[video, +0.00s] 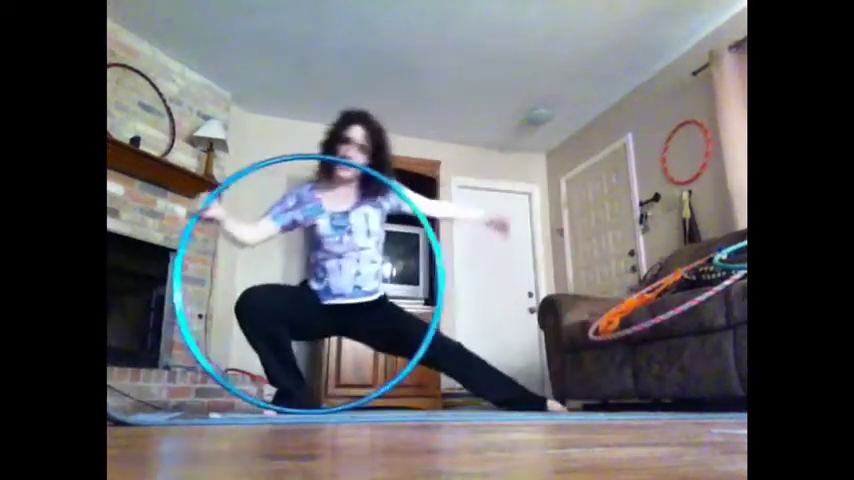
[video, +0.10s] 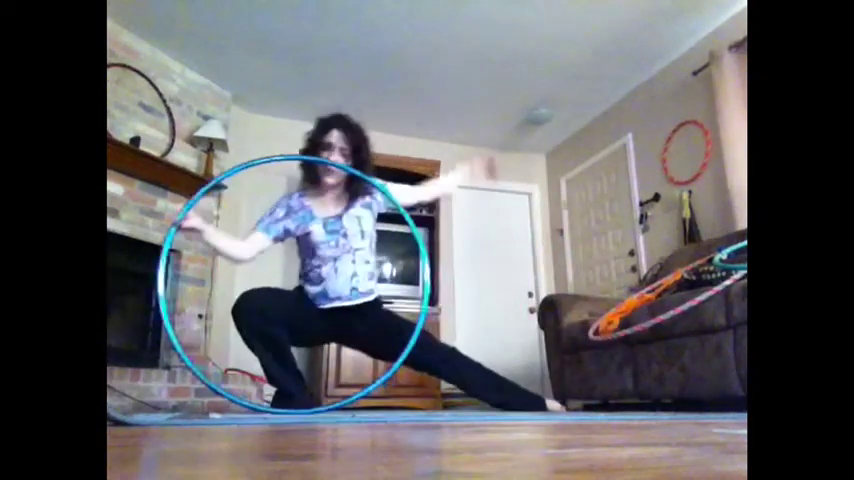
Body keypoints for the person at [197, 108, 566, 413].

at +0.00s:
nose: (351, 152)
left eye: (361, 147)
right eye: (345, 142)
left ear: (372, 157)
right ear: (330, 146)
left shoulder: (381, 196)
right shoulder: (306, 198)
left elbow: (437, 209)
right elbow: (249, 235)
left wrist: (487, 218)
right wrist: (219, 215)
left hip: (371, 309)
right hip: (318, 306)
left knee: (443, 349)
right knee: (253, 304)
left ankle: (538, 407)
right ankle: (296, 400)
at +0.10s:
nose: (332, 159)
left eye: (342, 153)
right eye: (325, 150)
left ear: (355, 161)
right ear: (313, 155)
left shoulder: (369, 196)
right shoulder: (294, 207)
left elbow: (426, 192)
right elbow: (242, 251)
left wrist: (468, 171)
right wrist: (203, 228)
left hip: (363, 314)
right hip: (313, 313)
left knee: (438, 356)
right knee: (250, 308)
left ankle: (540, 410)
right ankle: (294, 397)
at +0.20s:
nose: (321, 167)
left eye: (330, 160)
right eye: (314, 158)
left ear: (347, 164)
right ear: (303, 160)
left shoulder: (366, 197)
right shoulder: (290, 211)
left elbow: (417, 182)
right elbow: (242, 258)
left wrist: (449, 145)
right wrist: (199, 232)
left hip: (360, 316)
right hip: (310, 314)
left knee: (434, 359)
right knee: (250, 310)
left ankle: (538, 410)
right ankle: (291, 398)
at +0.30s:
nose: (317, 164)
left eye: (326, 156)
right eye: (309, 156)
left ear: (343, 161)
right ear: (299, 161)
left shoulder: (364, 195)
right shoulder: (289, 213)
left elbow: (413, 165)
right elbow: (245, 263)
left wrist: (422, 114)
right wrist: (202, 232)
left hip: (360, 318)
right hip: (310, 316)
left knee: (442, 363)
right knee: (250, 308)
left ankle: (541, 408)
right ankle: (288, 397)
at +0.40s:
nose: (322, 165)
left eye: (329, 155)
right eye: (313, 157)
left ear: (343, 160)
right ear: (301, 165)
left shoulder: (362, 192)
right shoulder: (295, 216)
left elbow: (398, 139)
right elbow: (258, 269)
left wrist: (373, 85)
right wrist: (229, 222)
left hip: (363, 317)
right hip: (316, 314)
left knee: (441, 356)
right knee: (257, 309)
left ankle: (540, 410)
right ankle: (290, 399)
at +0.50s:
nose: (321, 165)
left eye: (328, 156)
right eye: (312, 158)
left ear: (343, 159)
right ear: (302, 165)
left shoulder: (366, 186)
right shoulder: (302, 214)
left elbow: (387, 125)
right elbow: (274, 264)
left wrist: (342, 83)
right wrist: (257, 215)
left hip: (365, 314)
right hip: (319, 313)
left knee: (447, 346)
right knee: (263, 307)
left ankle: (538, 410)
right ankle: (290, 402)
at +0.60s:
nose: (338, 167)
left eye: (343, 157)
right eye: (328, 161)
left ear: (356, 159)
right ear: (315, 169)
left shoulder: (376, 189)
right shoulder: (314, 211)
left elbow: (382, 121)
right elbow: (308, 263)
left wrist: (326, 103)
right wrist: (300, 205)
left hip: (378, 311)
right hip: (330, 309)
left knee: (463, 339)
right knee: (279, 302)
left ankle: (537, 410)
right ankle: (289, 402)